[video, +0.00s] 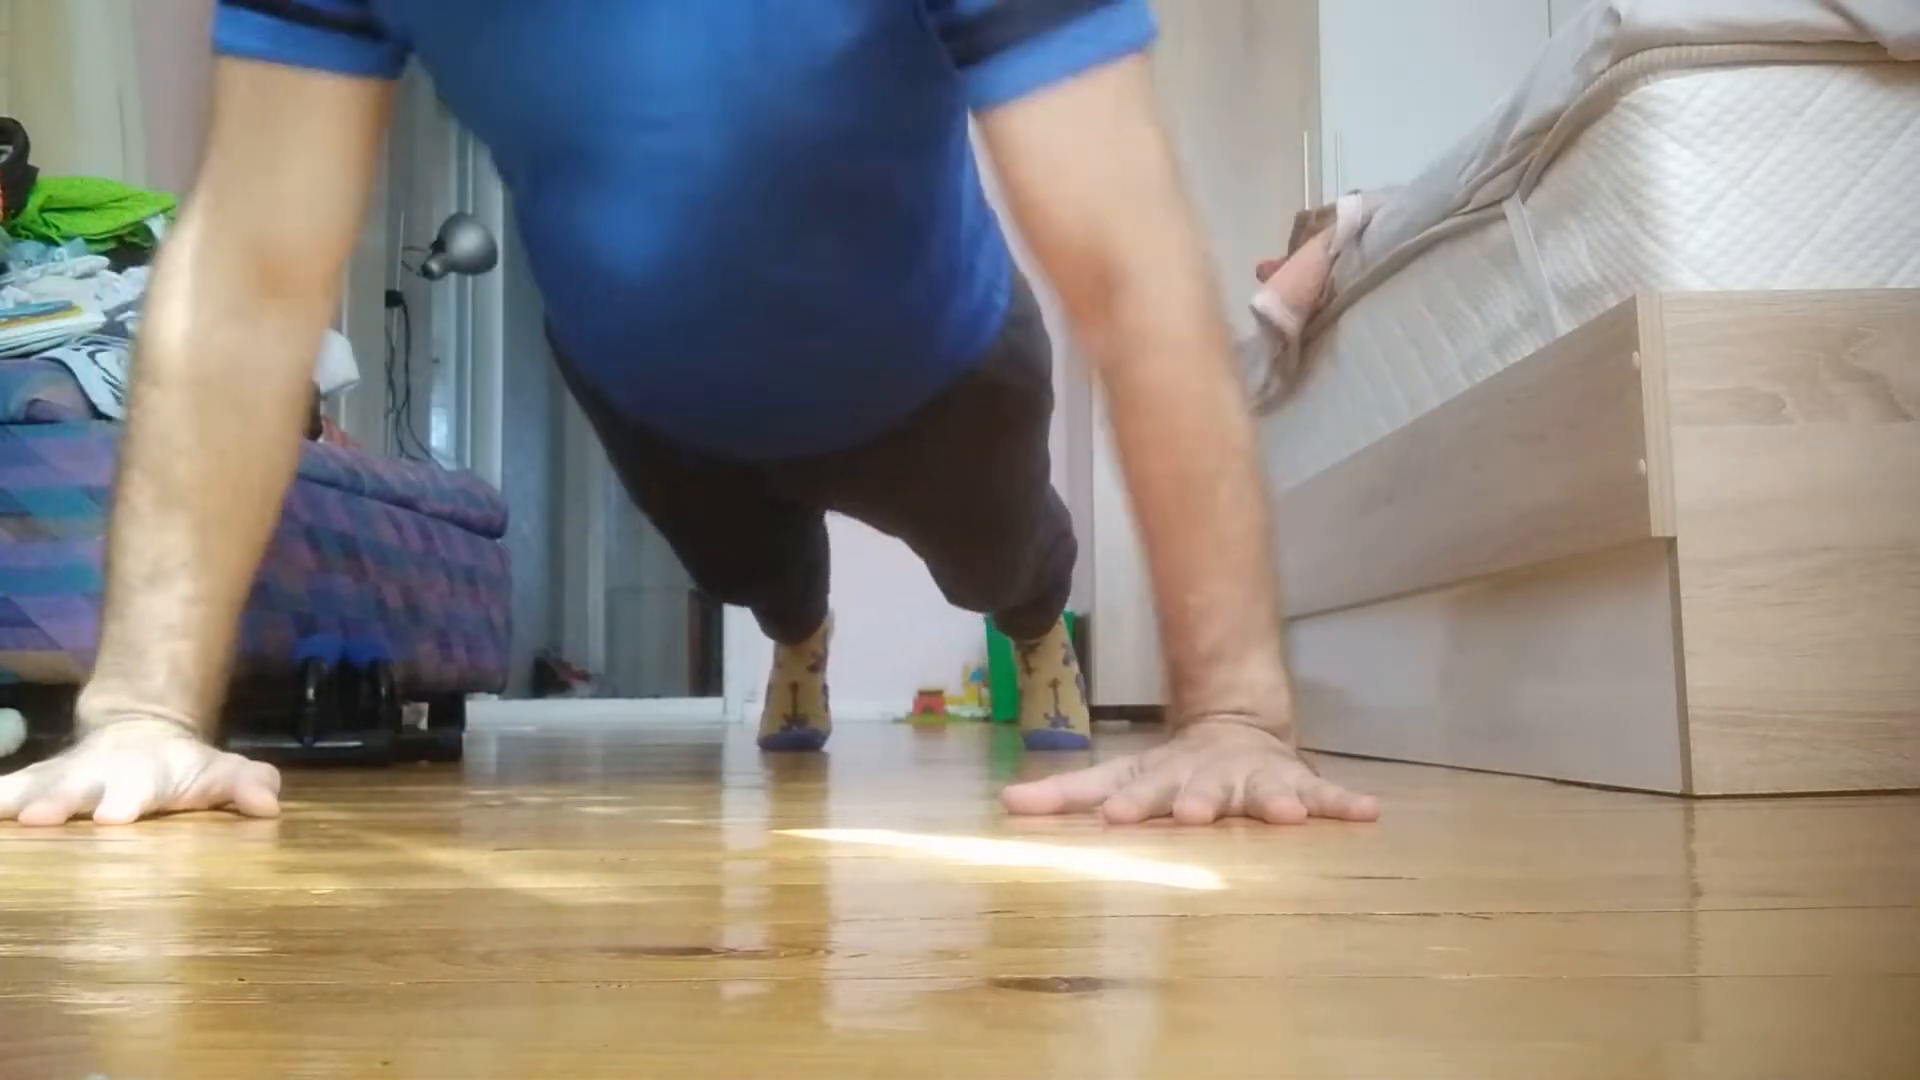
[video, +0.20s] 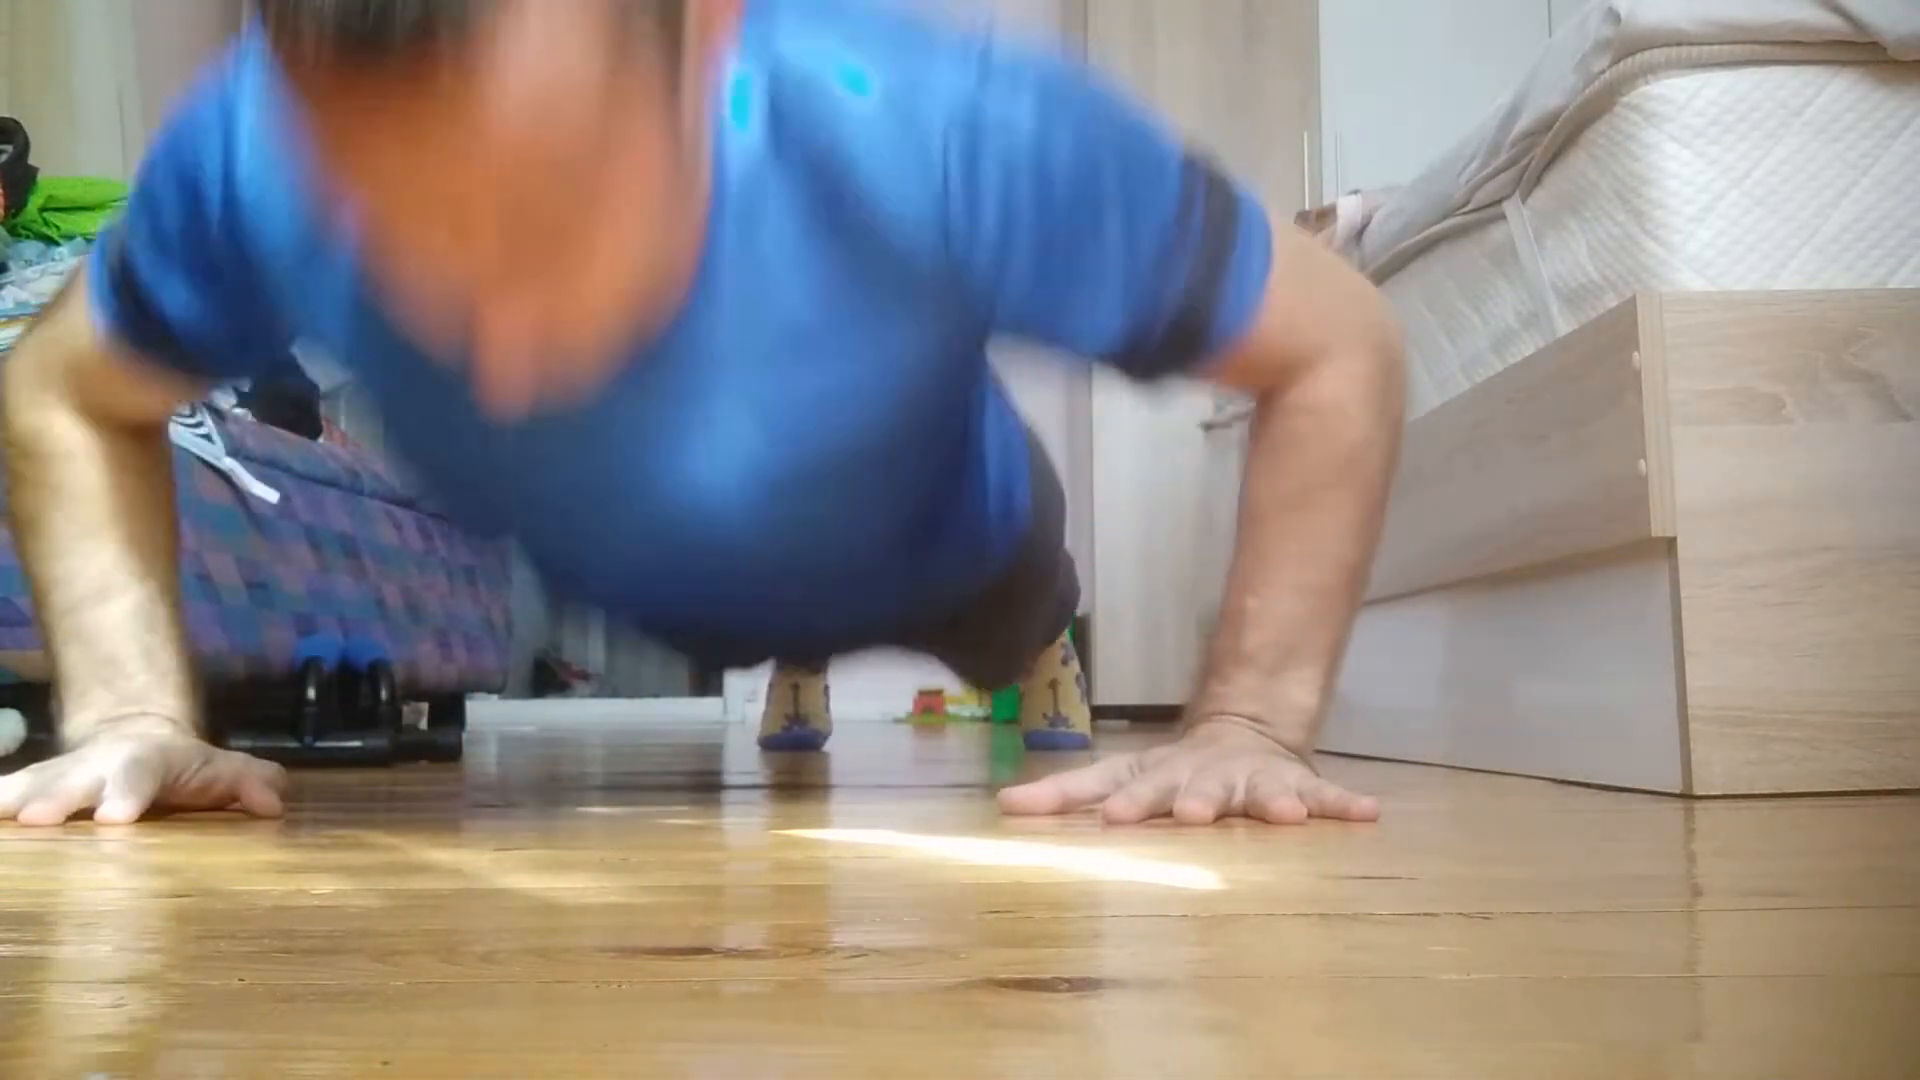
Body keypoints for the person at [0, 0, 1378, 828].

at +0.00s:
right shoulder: (353, 7)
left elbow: (1133, 264)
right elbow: (250, 272)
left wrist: (1238, 704)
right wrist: (145, 710)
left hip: (922, 377)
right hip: (655, 410)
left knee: (1003, 559)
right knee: (755, 564)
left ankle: (1015, 609)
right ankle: (793, 629)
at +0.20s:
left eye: (549, 230)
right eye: (433, 252)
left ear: (698, 58)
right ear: (327, 145)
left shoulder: (917, 133)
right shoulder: (255, 162)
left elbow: (1337, 344)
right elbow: (74, 397)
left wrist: (1244, 717)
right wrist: (138, 714)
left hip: (944, 566)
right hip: (674, 609)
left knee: (1006, 646)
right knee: (768, 647)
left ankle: (1009, 673)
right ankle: (786, 676)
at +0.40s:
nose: (478, 774)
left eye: (544, 679)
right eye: (396, 701)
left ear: (706, 480)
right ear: (271, 533)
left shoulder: (936, 446)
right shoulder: (222, 412)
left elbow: (1346, 346)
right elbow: (26, 375)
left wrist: (1248, 723)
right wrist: (127, 717)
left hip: (923, 704)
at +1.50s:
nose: (450, 619)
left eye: (520, 533)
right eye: (373, 548)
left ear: (691, 364)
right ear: (297, 429)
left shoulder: (945, 357)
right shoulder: (210, 348)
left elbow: (1406, 347)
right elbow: (16, 390)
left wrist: (1261, 725)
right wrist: (119, 712)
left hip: (924, 603)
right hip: (680, 633)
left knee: (1006, 618)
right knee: (802, 666)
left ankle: (1036, 652)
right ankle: (815, 701)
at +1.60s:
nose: (481, 378)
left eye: (536, 295)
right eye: (416, 311)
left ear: (710, 151)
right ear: (332, 224)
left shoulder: (956, 213)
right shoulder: (247, 232)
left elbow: (1406, 352)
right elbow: (23, 397)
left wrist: (1262, 723)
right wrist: (135, 715)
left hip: (945, 510)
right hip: (712, 534)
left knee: (1010, 604)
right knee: (793, 596)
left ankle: (1037, 633)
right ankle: (818, 655)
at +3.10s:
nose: (566, 31)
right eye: (524, 5)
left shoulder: (968, 16)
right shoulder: (328, 22)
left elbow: (1288, 304)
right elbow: (121, 333)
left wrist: (1247, 718)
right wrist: (138, 716)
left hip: (936, 461)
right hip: (685, 504)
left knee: (1009, 599)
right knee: (787, 599)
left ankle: (1017, 641)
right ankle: (816, 650)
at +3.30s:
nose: (495, 704)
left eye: (556, 612)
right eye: (417, 635)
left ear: (721, 392)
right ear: (306, 487)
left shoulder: (952, 375)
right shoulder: (267, 377)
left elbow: (1354, 353)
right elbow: (48, 374)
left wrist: (1255, 719)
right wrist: (133, 714)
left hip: (962, 699)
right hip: (655, 730)